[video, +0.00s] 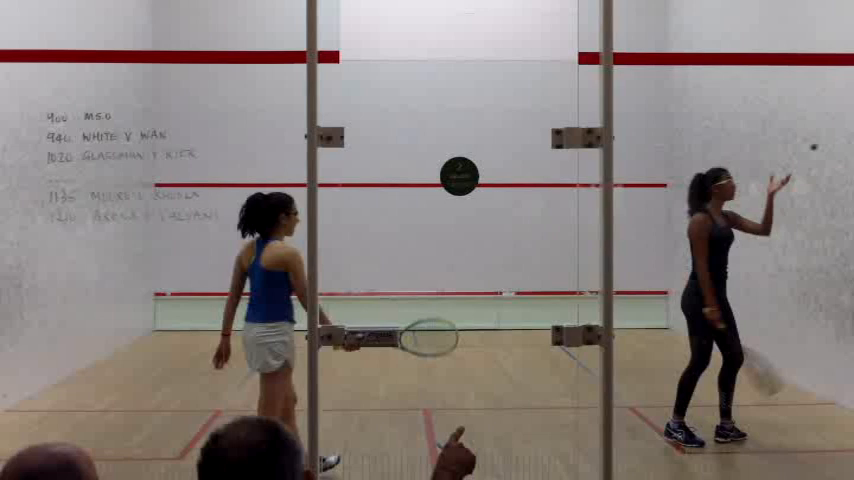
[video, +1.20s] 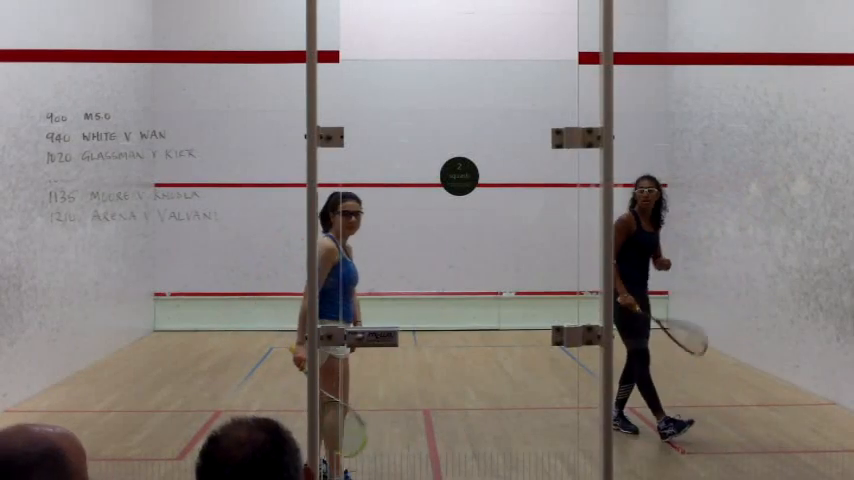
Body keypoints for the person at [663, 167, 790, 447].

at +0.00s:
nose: (734, 183)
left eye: (732, 179)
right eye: (729, 180)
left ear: (719, 189)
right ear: (716, 188)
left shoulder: (726, 217)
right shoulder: (700, 222)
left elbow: (764, 229)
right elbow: (701, 267)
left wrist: (770, 196)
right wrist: (710, 304)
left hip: (718, 296)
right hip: (698, 297)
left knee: (734, 357)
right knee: (700, 359)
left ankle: (725, 424)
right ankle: (676, 423)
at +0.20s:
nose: (715, 187)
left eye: (716, 183)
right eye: (709, 183)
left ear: (715, 188)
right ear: (696, 188)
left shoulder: (718, 217)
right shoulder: (683, 222)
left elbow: (750, 221)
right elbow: (675, 265)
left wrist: (759, 186)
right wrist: (668, 303)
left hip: (710, 300)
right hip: (687, 300)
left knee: (731, 358)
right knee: (690, 359)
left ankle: (723, 423)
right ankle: (674, 425)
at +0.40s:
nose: (692, 189)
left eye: (698, 185)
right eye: (688, 185)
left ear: (707, 191)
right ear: (682, 190)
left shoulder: (710, 218)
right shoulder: (669, 222)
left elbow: (738, 225)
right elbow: (649, 261)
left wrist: (737, 193)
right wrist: (629, 295)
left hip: (698, 298)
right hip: (673, 298)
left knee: (717, 359)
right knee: (680, 358)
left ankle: (718, 422)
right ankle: (674, 426)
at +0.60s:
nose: (681, 190)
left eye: (687, 185)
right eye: (677, 186)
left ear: (697, 191)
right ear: (671, 191)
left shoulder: (700, 219)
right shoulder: (660, 221)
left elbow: (725, 245)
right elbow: (641, 257)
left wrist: (707, 223)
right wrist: (621, 291)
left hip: (685, 297)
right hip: (661, 297)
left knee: (702, 358)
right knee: (676, 358)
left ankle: (694, 417)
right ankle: (673, 426)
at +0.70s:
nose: (674, 190)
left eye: (680, 186)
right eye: (670, 186)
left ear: (689, 192)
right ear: (664, 191)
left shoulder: (693, 220)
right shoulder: (652, 222)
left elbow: (713, 255)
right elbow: (637, 260)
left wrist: (697, 245)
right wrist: (621, 296)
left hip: (681, 297)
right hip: (656, 297)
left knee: (694, 360)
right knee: (672, 359)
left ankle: (666, 408)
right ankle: (673, 424)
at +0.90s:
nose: (658, 191)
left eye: (663, 186)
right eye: (653, 186)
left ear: (674, 192)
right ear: (648, 192)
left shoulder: (681, 220)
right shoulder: (640, 223)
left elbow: (696, 256)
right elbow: (629, 263)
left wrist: (682, 260)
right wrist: (622, 302)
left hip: (668, 296)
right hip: (645, 296)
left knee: (666, 358)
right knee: (663, 359)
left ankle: (632, 402)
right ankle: (672, 425)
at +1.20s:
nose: (645, 194)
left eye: (650, 190)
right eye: (641, 190)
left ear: (658, 196)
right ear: (634, 195)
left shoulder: (653, 224)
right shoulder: (625, 222)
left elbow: (655, 259)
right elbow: (609, 260)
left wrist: (662, 263)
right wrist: (622, 293)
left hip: (641, 295)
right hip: (623, 296)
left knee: (636, 356)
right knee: (640, 356)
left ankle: (616, 413)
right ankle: (663, 421)